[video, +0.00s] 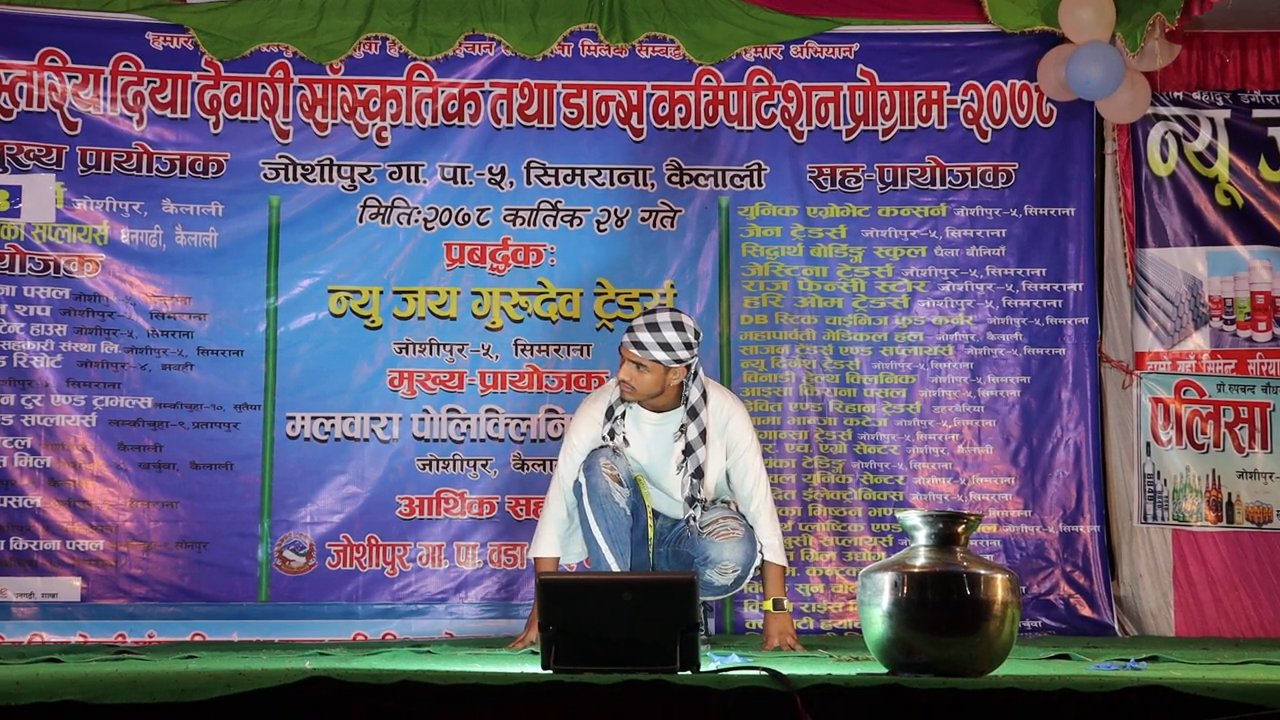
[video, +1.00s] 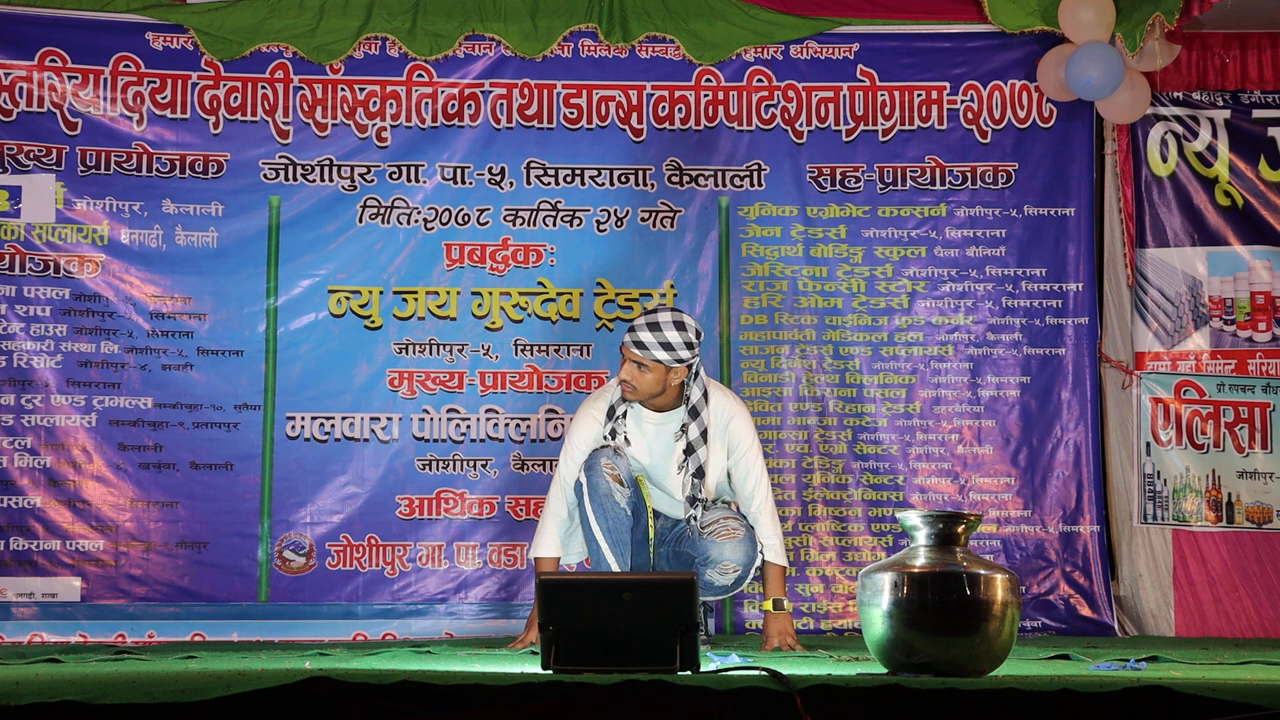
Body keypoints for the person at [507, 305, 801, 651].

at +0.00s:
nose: (622, 375)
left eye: (638, 368)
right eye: (622, 361)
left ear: (677, 374)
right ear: (620, 355)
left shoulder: (725, 413)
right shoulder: (597, 411)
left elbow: (760, 507)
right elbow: (558, 503)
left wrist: (777, 609)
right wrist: (542, 607)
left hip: (692, 539)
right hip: (629, 531)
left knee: (733, 548)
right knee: (601, 463)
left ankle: (687, 610)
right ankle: (621, 607)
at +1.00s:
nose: (623, 375)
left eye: (639, 368)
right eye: (624, 360)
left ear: (678, 374)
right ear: (621, 355)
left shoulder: (727, 414)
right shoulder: (598, 411)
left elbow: (761, 508)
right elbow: (558, 505)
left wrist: (777, 609)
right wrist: (541, 608)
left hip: (691, 539)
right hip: (628, 531)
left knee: (733, 547)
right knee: (603, 463)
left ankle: (688, 610)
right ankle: (620, 607)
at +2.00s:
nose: (624, 374)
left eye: (640, 367)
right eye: (624, 360)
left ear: (679, 373)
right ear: (622, 355)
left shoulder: (728, 414)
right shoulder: (601, 411)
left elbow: (763, 508)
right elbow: (559, 505)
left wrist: (777, 609)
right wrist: (542, 607)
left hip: (692, 540)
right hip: (630, 532)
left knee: (734, 544)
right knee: (604, 462)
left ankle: (689, 610)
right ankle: (619, 606)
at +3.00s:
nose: (625, 350)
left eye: (641, 340)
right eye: (627, 336)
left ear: (679, 351)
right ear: (625, 336)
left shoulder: (728, 408)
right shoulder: (603, 402)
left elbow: (761, 502)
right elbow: (562, 498)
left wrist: (776, 602)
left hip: (695, 541)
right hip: (629, 534)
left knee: (731, 539)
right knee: (601, 462)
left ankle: (691, 614)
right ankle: (618, 605)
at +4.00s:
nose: (670, 396)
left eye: (683, 384)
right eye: (659, 380)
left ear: (702, 370)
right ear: (640, 363)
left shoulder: (727, 412)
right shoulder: (603, 408)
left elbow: (762, 503)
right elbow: (552, 495)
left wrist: (778, 606)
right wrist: (534, 596)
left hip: (694, 536)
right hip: (631, 531)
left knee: (736, 552)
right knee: (601, 462)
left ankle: (687, 607)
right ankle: (622, 606)